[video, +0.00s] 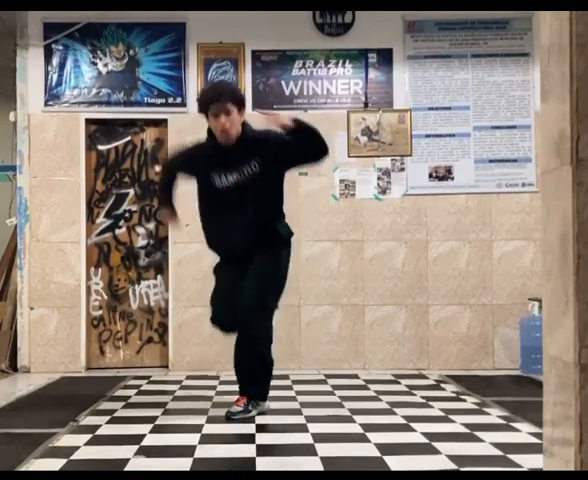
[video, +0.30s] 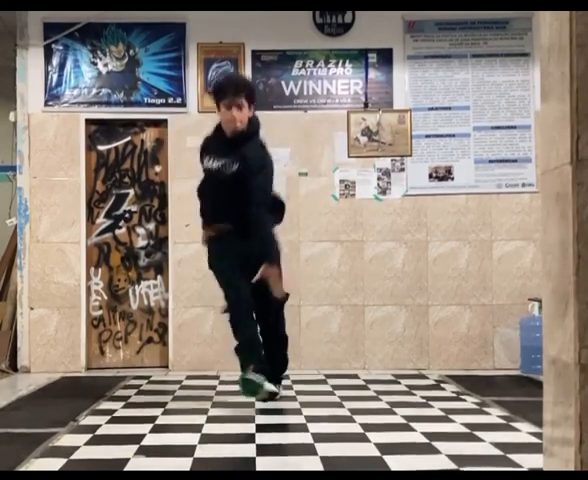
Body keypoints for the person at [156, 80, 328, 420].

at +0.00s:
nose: (223, 122)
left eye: (228, 113)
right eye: (215, 116)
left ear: (241, 113)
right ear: (207, 120)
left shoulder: (268, 144)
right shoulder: (202, 155)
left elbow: (317, 150)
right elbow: (170, 168)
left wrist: (293, 126)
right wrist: (166, 204)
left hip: (270, 248)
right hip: (231, 254)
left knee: (256, 319)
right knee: (224, 319)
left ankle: (252, 395)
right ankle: (259, 300)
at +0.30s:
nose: (235, 115)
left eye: (241, 107)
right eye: (228, 107)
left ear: (251, 109)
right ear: (217, 110)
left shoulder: (255, 154)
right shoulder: (210, 146)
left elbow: (261, 209)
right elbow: (207, 190)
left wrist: (270, 256)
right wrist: (208, 224)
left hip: (255, 235)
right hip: (222, 237)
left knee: (268, 306)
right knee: (238, 300)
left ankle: (273, 374)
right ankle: (253, 367)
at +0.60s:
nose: (187, 138)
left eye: (191, 131)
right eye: (182, 132)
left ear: (207, 121)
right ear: (175, 127)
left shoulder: (235, 138)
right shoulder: (171, 146)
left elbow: (261, 156)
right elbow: (157, 171)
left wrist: (246, 185)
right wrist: (158, 195)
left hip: (224, 228)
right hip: (188, 224)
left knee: (211, 290)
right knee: (170, 283)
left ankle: (218, 357)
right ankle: (163, 343)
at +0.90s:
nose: (186, 148)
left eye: (191, 142)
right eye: (180, 143)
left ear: (199, 133)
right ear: (167, 137)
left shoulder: (217, 148)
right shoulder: (159, 163)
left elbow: (247, 171)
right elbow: (150, 207)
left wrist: (247, 194)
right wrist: (146, 247)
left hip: (221, 235)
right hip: (185, 238)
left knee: (214, 300)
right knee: (177, 293)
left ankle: (204, 362)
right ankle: (148, 355)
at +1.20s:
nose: (196, 146)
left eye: (201, 140)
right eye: (190, 140)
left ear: (215, 133)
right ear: (183, 136)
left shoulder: (234, 161)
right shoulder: (174, 161)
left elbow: (253, 204)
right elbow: (163, 194)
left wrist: (255, 238)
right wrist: (165, 226)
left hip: (232, 248)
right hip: (195, 250)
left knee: (237, 308)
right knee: (205, 312)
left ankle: (270, 361)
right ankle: (228, 363)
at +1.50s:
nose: (205, 149)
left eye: (209, 142)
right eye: (198, 143)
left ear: (217, 138)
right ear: (184, 140)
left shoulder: (234, 162)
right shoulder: (179, 173)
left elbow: (272, 186)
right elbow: (167, 213)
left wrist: (290, 211)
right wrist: (154, 242)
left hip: (238, 245)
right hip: (201, 251)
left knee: (218, 295)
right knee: (172, 312)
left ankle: (222, 361)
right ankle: (152, 372)